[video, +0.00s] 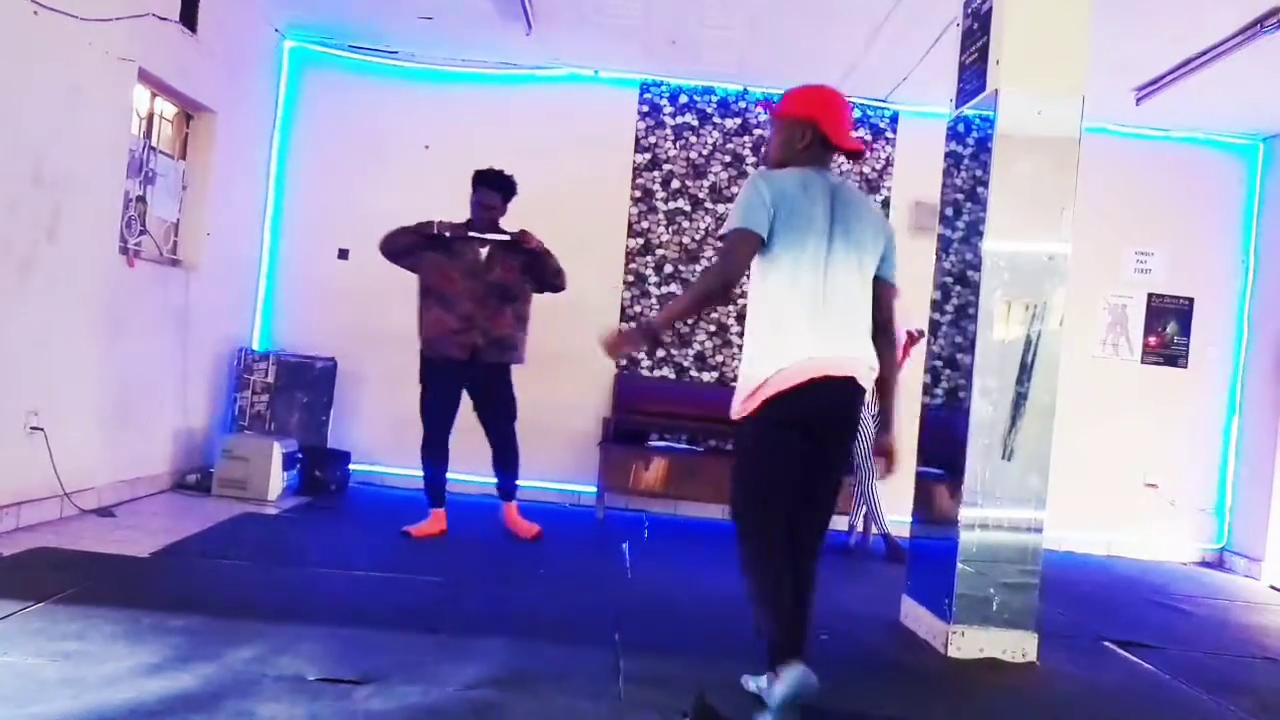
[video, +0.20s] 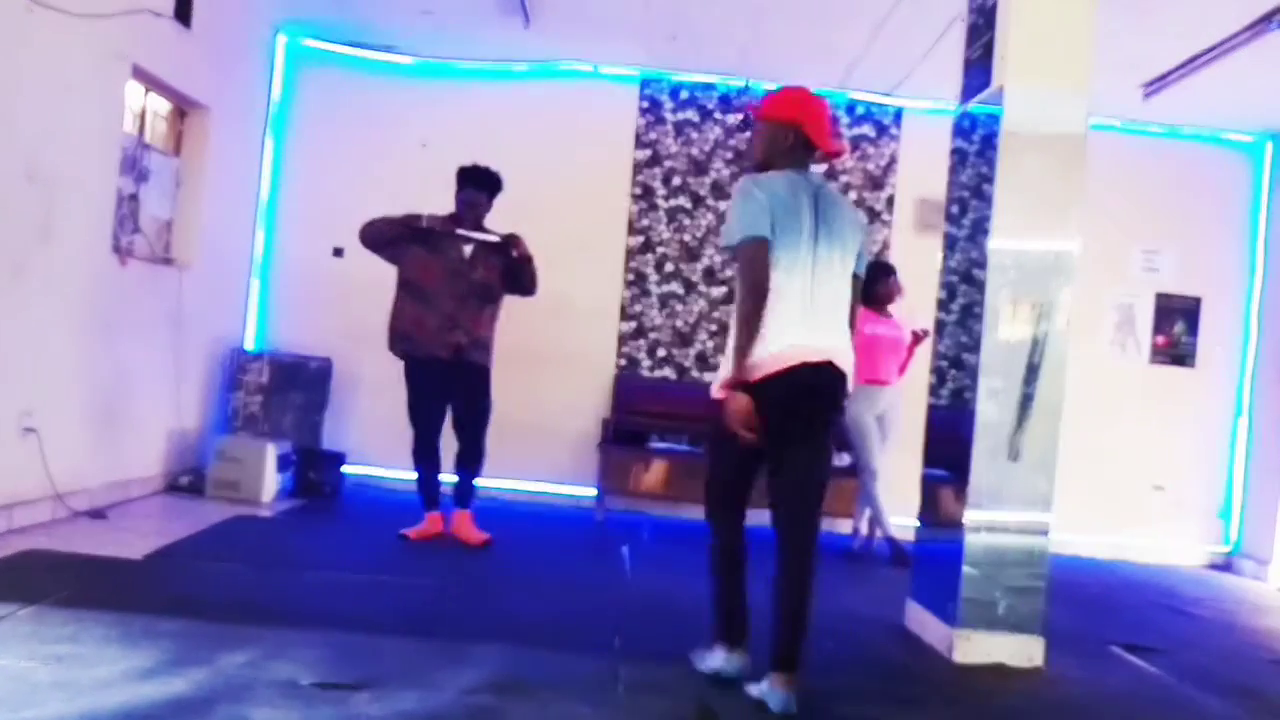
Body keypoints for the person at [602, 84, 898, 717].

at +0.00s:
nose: (768, 140)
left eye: (777, 128)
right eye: (773, 127)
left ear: (802, 134)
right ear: (830, 144)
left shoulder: (771, 187)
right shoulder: (873, 217)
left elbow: (728, 271)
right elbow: (885, 330)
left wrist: (648, 328)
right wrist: (888, 421)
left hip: (782, 386)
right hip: (848, 395)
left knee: (758, 523)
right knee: (803, 535)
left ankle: (789, 663)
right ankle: (779, 675)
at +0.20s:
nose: (752, 139)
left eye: (761, 129)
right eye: (756, 127)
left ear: (786, 136)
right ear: (811, 145)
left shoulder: (757, 191)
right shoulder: (849, 214)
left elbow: (755, 286)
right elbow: (848, 307)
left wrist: (735, 375)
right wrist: (836, 381)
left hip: (764, 374)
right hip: (827, 376)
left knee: (724, 505)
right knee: (799, 522)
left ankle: (730, 645)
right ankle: (783, 676)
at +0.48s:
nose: (714, 155)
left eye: (725, 145)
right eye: (719, 144)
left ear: (751, 155)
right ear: (765, 160)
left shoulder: (734, 209)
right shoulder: (796, 220)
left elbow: (749, 301)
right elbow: (790, 306)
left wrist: (755, 391)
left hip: (730, 379)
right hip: (782, 377)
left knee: (711, 508)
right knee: (764, 508)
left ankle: (711, 626)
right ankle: (786, 632)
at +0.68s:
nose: (703, 164)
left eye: (714, 155)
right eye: (706, 154)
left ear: (740, 164)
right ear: (745, 167)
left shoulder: (729, 217)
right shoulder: (759, 218)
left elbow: (727, 306)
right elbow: (753, 304)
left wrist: (686, 371)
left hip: (728, 372)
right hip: (756, 370)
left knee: (702, 491)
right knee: (714, 485)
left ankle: (713, 625)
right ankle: (761, 597)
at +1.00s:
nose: (673, 189)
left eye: (684, 182)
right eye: (670, 181)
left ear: (708, 190)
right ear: (665, 187)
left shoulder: (723, 235)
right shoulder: (668, 249)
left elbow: (757, 300)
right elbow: (665, 306)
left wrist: (690, 344)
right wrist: (646, 340)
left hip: (730, 384)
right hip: (697, 382)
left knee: (702, 487)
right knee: (685, 482)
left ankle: (721, 611)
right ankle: (694, 583)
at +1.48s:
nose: (679, 201)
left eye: (688, 193)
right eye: (672, 192)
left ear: (701, 199)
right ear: (660, 198)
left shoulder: (724, 249)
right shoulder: (642, 252)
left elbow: (730, 317)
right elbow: (644, 324)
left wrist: (714, 283)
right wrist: (647, 292)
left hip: (712, 380)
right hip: (663, 376)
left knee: (697, 474)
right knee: (670, 476)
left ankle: (689, 553)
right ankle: (686, 579)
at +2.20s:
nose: (688, 212)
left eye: (696, 206)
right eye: (681, 204)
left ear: (708, 214)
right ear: (670, 208)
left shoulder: (698, 269)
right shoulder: (648, 247)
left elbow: (690, 324)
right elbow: (629, 314)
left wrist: (697, 354)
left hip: (664, 379)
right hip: (626, 373)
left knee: (648, 472)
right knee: (620, 467)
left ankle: (613, 561)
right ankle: (602, 552)